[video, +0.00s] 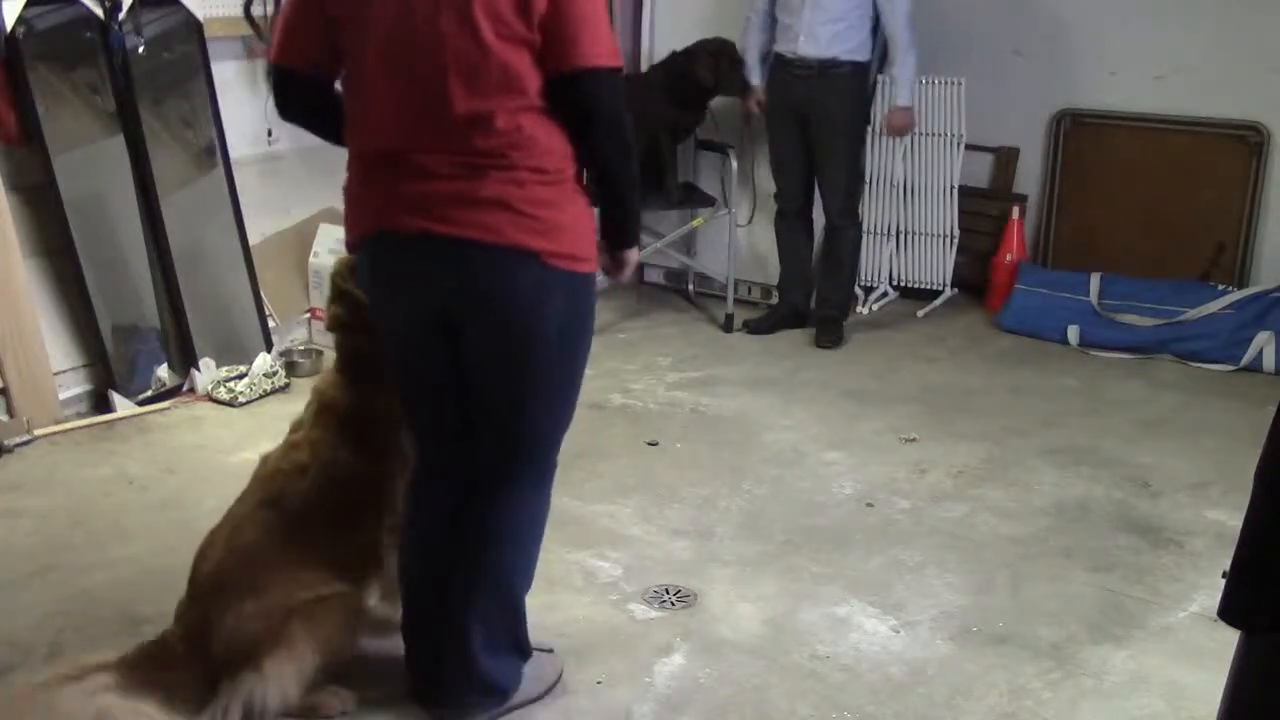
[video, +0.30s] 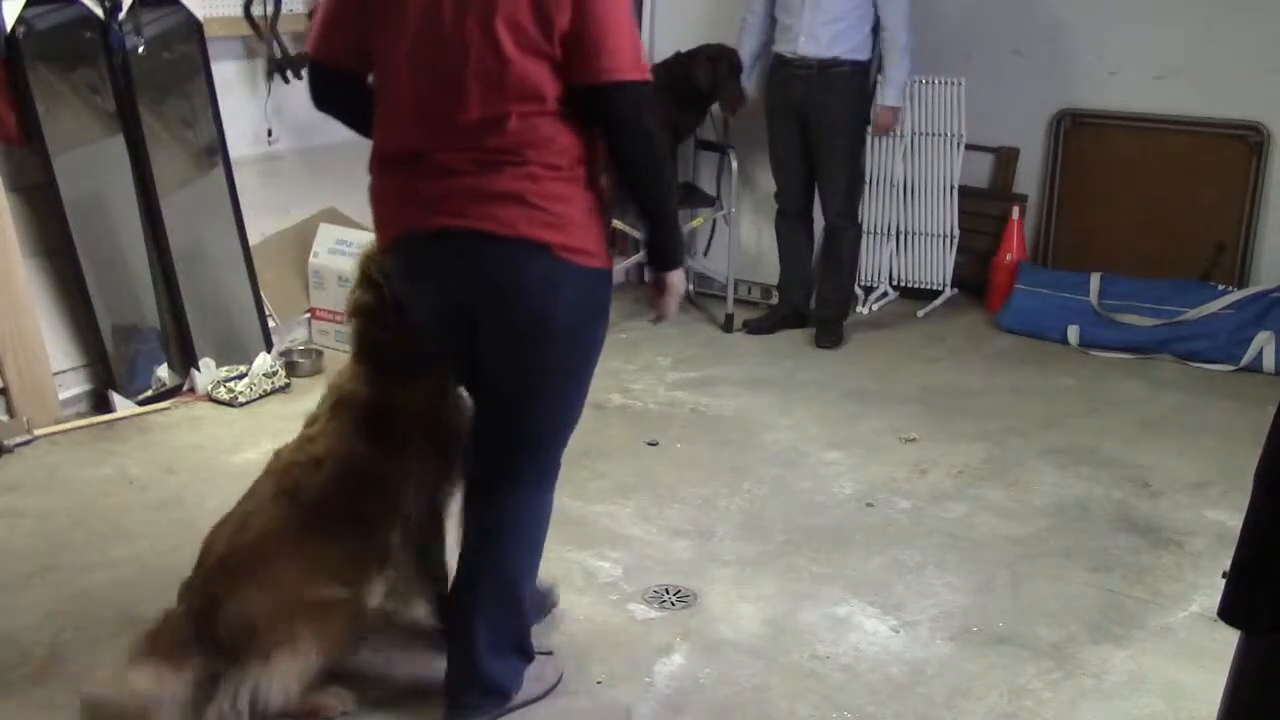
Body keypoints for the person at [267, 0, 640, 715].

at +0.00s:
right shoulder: (551, 0)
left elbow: (295, 87)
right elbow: (590, 93)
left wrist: (387, 134)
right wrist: (623, 223)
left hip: (395, 238)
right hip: (523, 238)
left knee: (437, 459)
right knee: (516, 467)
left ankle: (434, 666)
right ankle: (483, 671)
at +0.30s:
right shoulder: (578, 2)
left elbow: (330, 83)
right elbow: (620, 103)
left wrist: (421, 132)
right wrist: (667, 250)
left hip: (417, 230)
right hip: (540, 235)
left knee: (487, 433)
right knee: (519, 473)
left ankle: (496, 594)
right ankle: (486, 679)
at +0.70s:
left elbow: (420, 74)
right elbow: (681, 91)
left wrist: (504, 121)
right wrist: (724, 204)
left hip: (492, 200)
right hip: (595, 213)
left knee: (527, 391)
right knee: (578, 418)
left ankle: (541, 540)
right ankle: (499, 628)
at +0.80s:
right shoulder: (649, 1)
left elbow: (443, 61)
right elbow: (679, 79)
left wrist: (525, 110)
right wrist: (726, 201)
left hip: (510, 187)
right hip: (614, 198)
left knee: (557, 377)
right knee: (637, 393)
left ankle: (543, 547)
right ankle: (541, 558)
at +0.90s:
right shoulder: (666, 1)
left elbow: (470, 54)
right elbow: (684, 76)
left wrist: (548, 104)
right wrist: (730, 203)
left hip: (534, 182)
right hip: (633, 191)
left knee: (562, 376)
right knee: (684, 361)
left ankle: (537, 560)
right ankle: (611, 529)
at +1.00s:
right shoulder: (687, 1)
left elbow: (501, 52)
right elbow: (698, 75)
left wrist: (572, 103)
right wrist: (740, 202)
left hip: (560, 181)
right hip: (656, 189)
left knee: (577, 371)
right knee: (710, 345)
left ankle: (538, 553)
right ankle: (697, 514)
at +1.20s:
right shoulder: (759, 4)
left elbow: (580, 56)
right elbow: (766, 80)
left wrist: (642, 119)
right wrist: (814, 204)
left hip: (631, 177)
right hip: (728, 188)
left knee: (637, 358)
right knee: (748, 348)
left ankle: (557, 528)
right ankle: (740, 495)